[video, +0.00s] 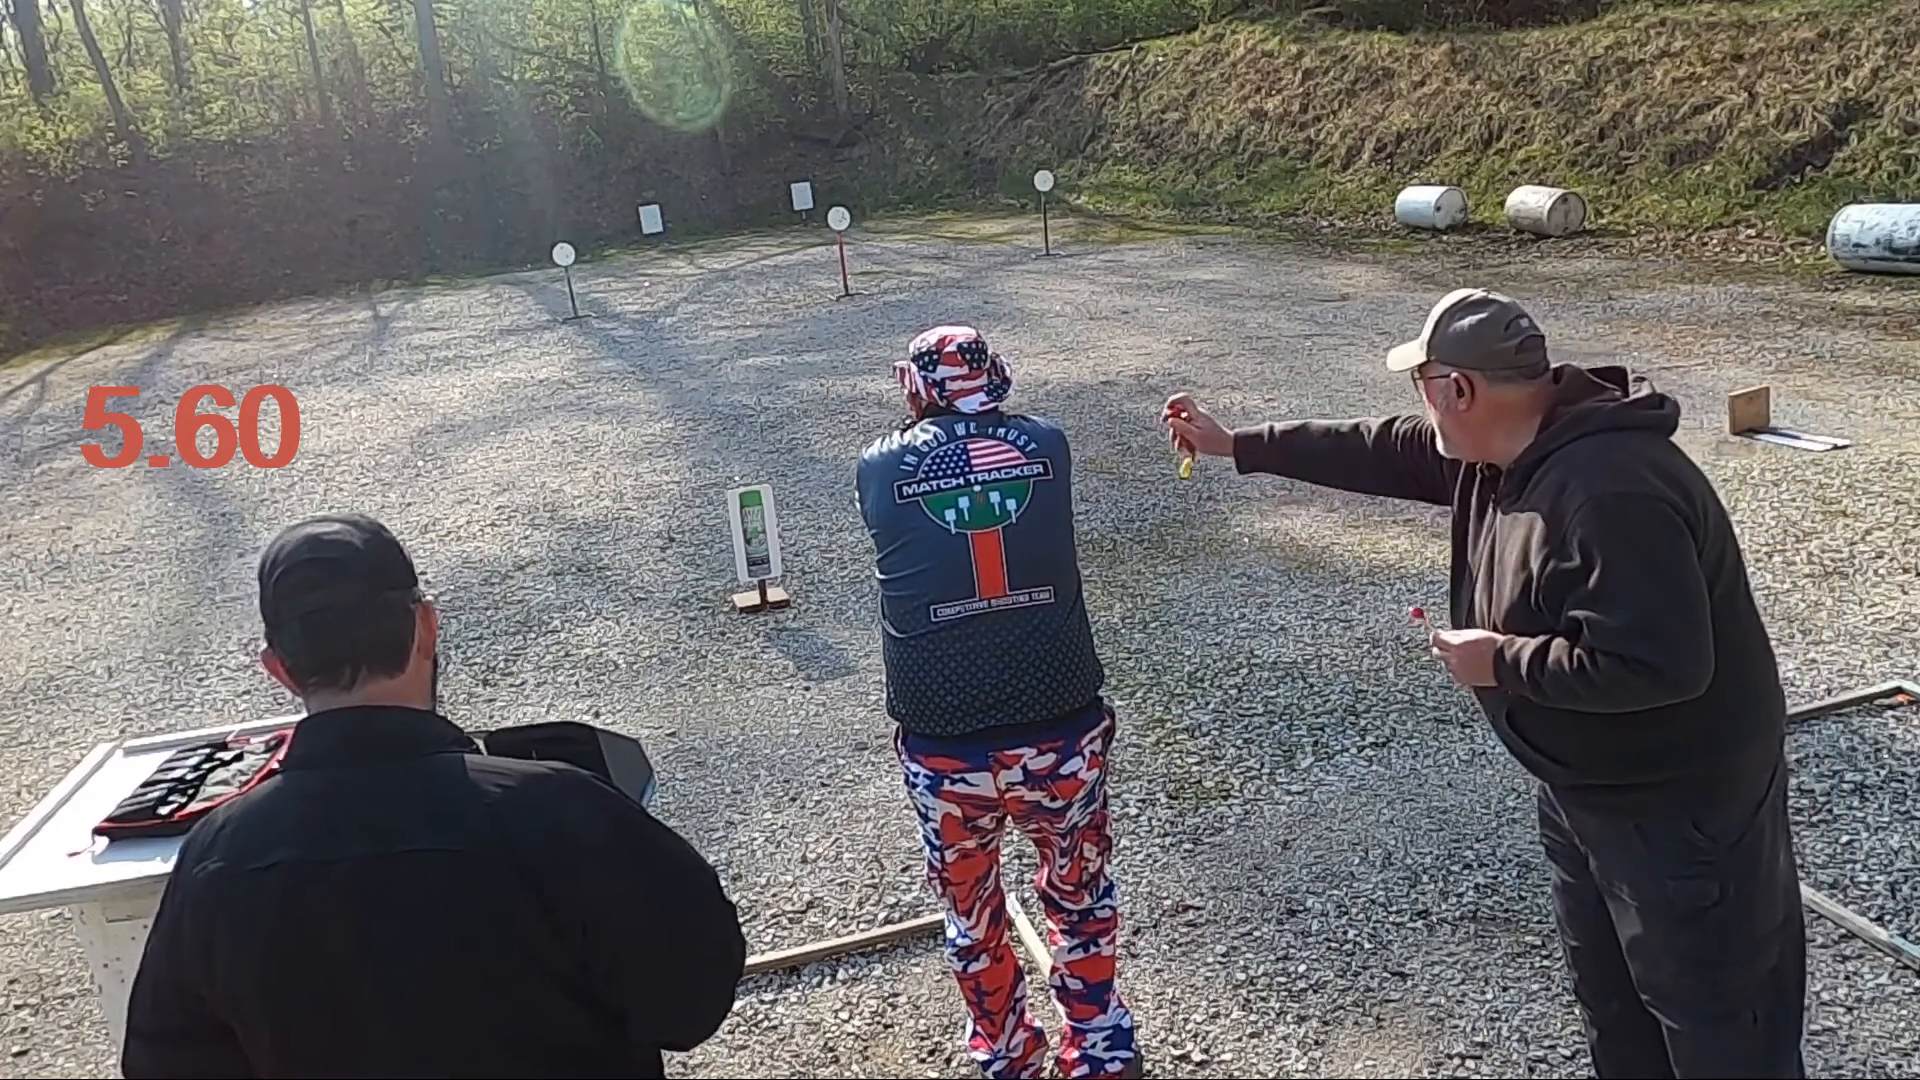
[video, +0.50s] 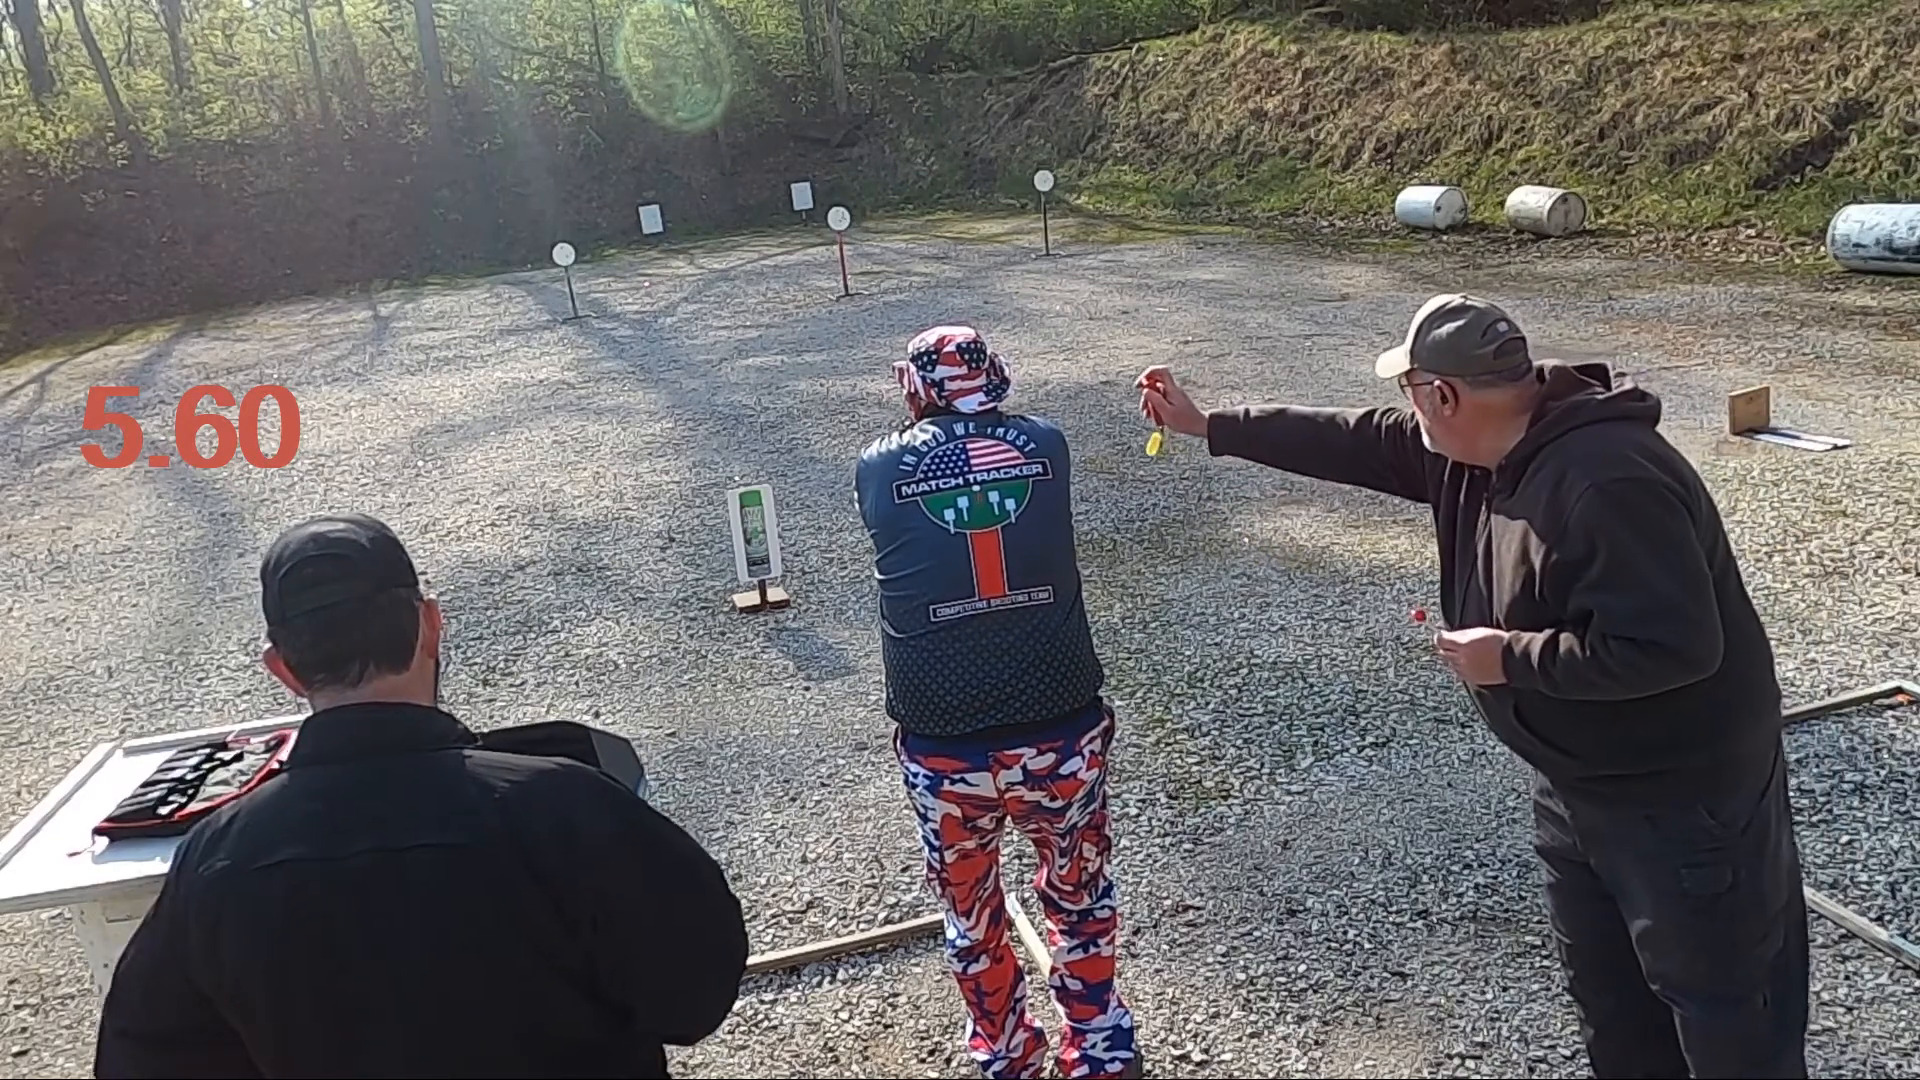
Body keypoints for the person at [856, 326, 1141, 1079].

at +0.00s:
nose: (905, 398)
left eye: (907, 389)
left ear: (916, 397)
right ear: (996, 389)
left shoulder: (878, 470)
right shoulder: (1046, 442)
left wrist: (929, 419)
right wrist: (945, 414)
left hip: (944, 748)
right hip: (1062, 734)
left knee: (972, 907)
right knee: (1080, 896)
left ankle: (1006, 1058)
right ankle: (1102, 1056)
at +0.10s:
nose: (905, 398)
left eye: (907, 389)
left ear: (916, 397)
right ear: (996, 389)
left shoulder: (878, 470)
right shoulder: (1046, 442)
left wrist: (929, 419)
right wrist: (944, 414)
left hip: (944, 748)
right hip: (1062, 735)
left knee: (972, 907)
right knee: (1080, 896)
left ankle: (1005, 1058)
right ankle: (1102, 1056)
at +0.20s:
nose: (906, 398)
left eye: (908, 389)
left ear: (917, 398)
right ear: (996, 389)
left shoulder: (879, 470)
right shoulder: (1046, 443)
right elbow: (989, 451)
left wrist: (926, 418)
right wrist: (942, 413)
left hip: (944, 749)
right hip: (1062, 735)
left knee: (972, 907)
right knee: (1080, 896)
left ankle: (1005, 1058)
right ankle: (1102, 1056)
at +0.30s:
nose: (905, 398)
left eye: (908, 389)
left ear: (916, 398)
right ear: (996, 389)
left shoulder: (878, 469)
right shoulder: (1045, 443)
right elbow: (989, 452)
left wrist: (927, 420)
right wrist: (942, 413)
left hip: (944, 749)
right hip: (1062, 735)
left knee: (972, 908)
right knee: (1080, 896)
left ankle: (1005, 1058)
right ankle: (1102, 1056)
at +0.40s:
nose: (904, 399)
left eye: (906, 390)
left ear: (916, 397)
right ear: (996, 389)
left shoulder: (878, 469)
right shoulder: (1045, 443)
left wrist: (930, 422)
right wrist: (944, 416)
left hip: (944, 749)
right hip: (1062, 735)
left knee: (972, 907)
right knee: (1080, 896)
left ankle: (1005, 1058)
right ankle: (1102, 1056)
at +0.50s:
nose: (902, 400)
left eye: (905, 391)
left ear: (915, 398)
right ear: (996, 389)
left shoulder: (877, 470)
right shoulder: (1045, 443)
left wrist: (931, 423)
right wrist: (946, 418)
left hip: (944, 749)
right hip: (1062, 736)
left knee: (971, 906)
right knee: (1080, 896)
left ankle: (1005, 1057)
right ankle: (1102, 1056)